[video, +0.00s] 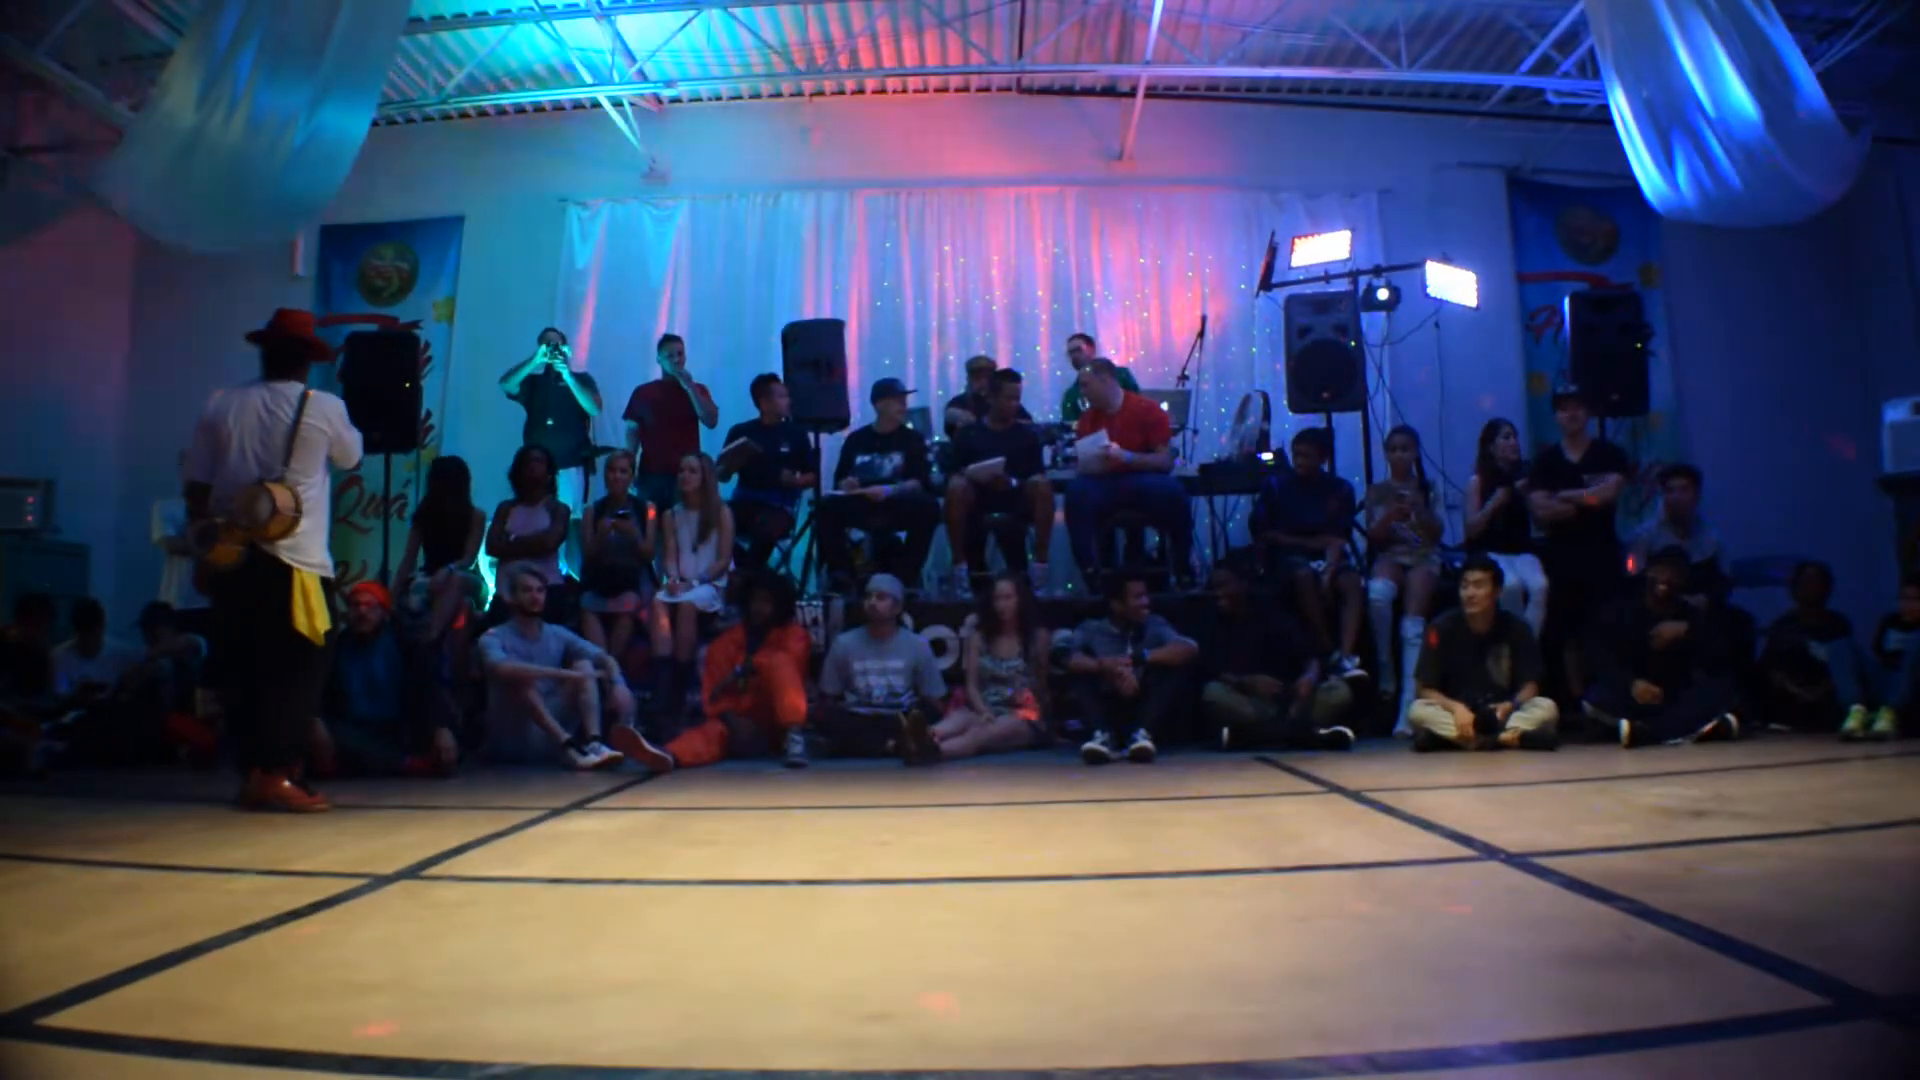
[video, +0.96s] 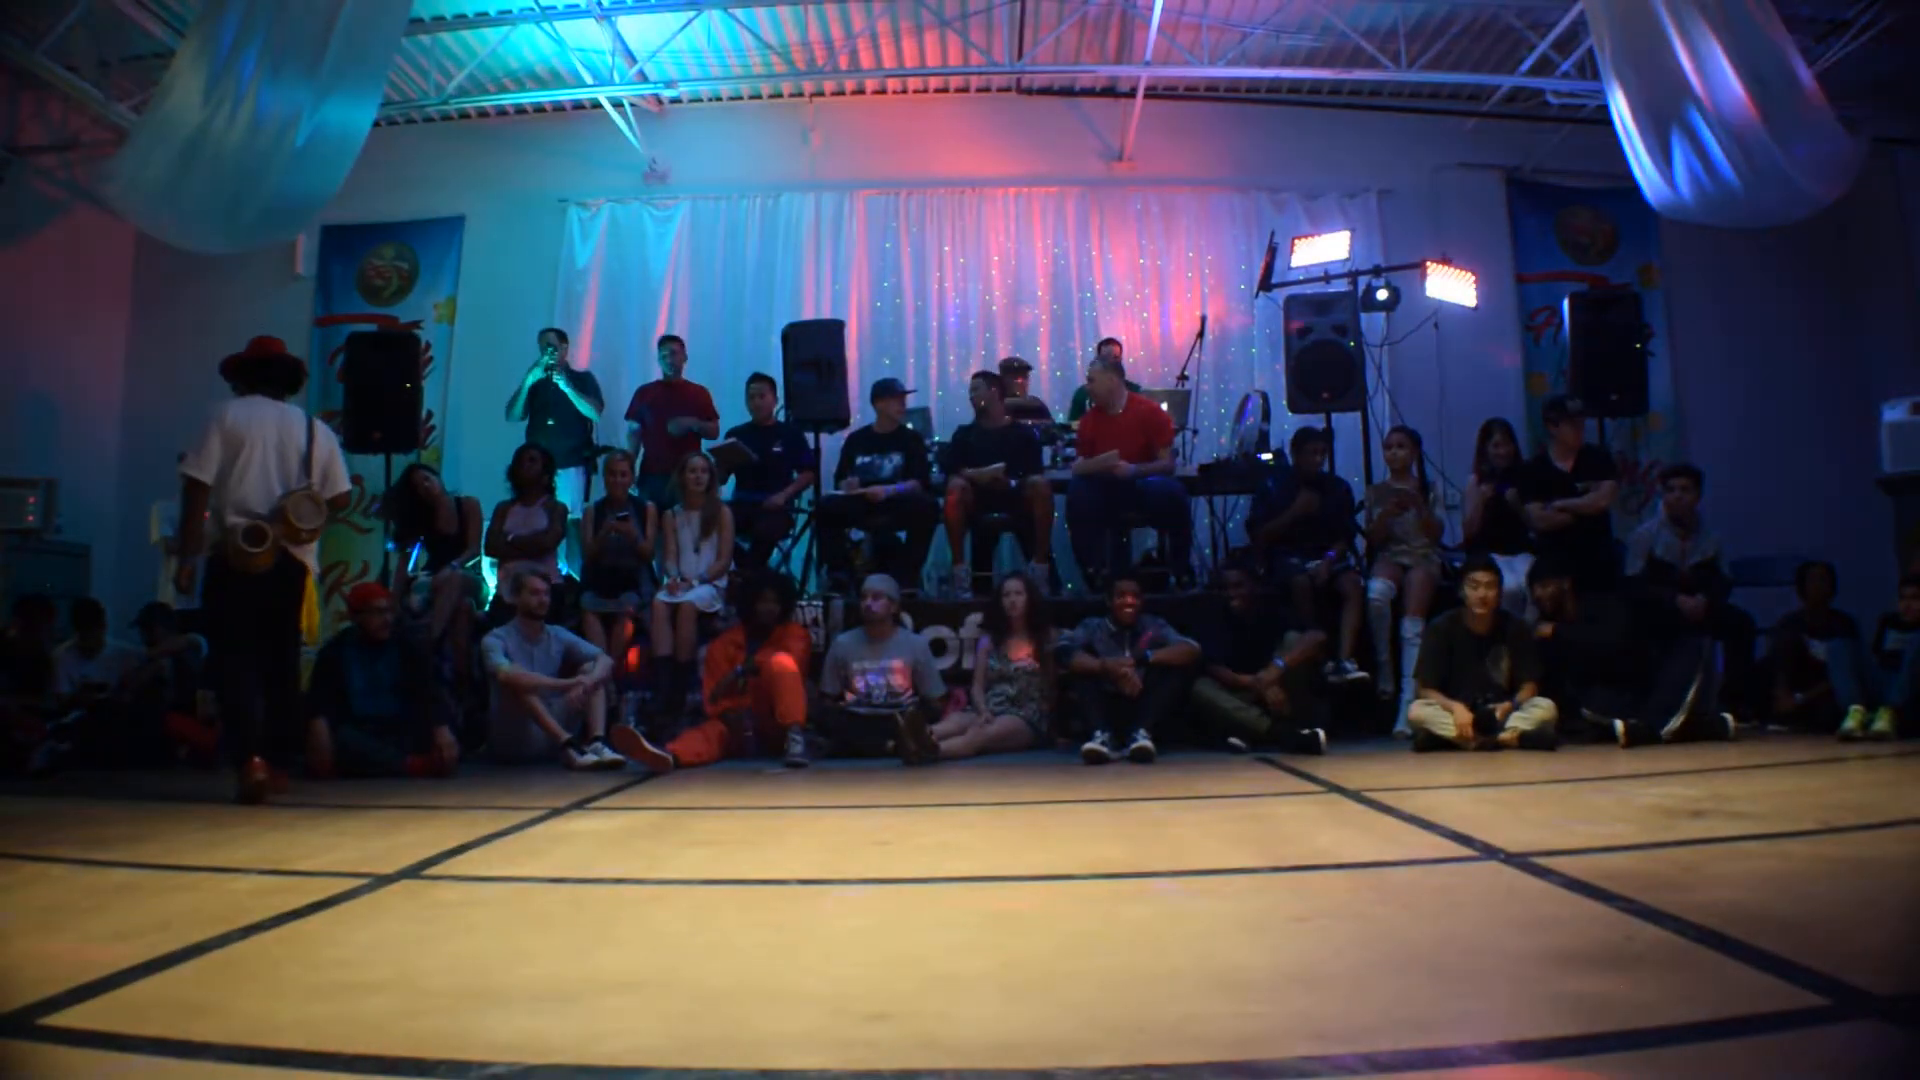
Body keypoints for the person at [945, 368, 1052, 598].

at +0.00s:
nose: (1016, 405)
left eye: (1018, 398)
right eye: (1010, 398)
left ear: (1020, 398)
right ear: (991, 398)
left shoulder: (1027, 434)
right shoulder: (969, 433)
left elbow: (1037, 473)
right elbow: (954, 470)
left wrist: (1009, 482)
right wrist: (974, 476)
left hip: (1014, 491)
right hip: (979, 491)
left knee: (1042, 487)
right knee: (957, 488)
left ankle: (1041, 563)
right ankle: (959, 566)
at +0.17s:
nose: (1015, 404)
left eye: (1017, 398)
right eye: (1009, 398)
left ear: (1020, 398)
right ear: (991, 397)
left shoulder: (1027, 434)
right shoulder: (969, 433)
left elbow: (1037, 475)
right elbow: (953, 469)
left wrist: (1010, 482)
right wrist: (974, 476)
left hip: (1013, 490)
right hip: (979, 491)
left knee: (1041, 486)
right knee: (957, 487)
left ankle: (1041, 565)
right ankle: (959, 566)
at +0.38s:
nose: (1012, 401)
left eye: (1014, 395)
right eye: (1006, 395)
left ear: (1018, 396)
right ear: (989, 396)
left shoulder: (1028, 432)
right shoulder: (969, 431)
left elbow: (1037, 473)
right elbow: (955, 468)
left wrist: (1010, 482)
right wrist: (974, 475)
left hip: (1014, 489)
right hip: (980, 490)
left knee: (1041, 486)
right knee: (957, 487)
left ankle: (1040, 563)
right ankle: (959, 566)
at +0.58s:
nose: (989, 395)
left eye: (995, 388)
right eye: (985, 389)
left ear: (1009, 394)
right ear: (978, 395)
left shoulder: (1027, 431)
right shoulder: (968, 432)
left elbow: (1037, 472)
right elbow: (955, 468)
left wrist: (1010, 482)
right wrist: (973, 475)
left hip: (1014, 490)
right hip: (980, 490)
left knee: (1041, 485)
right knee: (957, 487)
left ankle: (1039, 560)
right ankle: (959, 564)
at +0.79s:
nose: (976, 395)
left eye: (982, 389)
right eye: (975, 389)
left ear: (1003, 396)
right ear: (974, 396)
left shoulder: (1024, 432)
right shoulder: (966, 432)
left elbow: (1035, 473)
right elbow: (954, 469)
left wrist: (1006, 481)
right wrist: (975, 476)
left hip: (1012, 489)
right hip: (978, 491)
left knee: (1040, 487)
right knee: (957, 487)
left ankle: (1040, 564)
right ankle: (959, 567)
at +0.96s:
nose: (971, 396)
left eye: (976, 390)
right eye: (970, 391)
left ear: (995, 392)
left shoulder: (1022, 433)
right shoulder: (964, 434)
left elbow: (1034, 474)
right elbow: (952, 473)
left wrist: (1005, 482)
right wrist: (977, 476)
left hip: (1011, 492)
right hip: (977, 493)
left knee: (1040, 487)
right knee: (956, 489)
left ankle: (1040, 565)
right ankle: (958, 567)